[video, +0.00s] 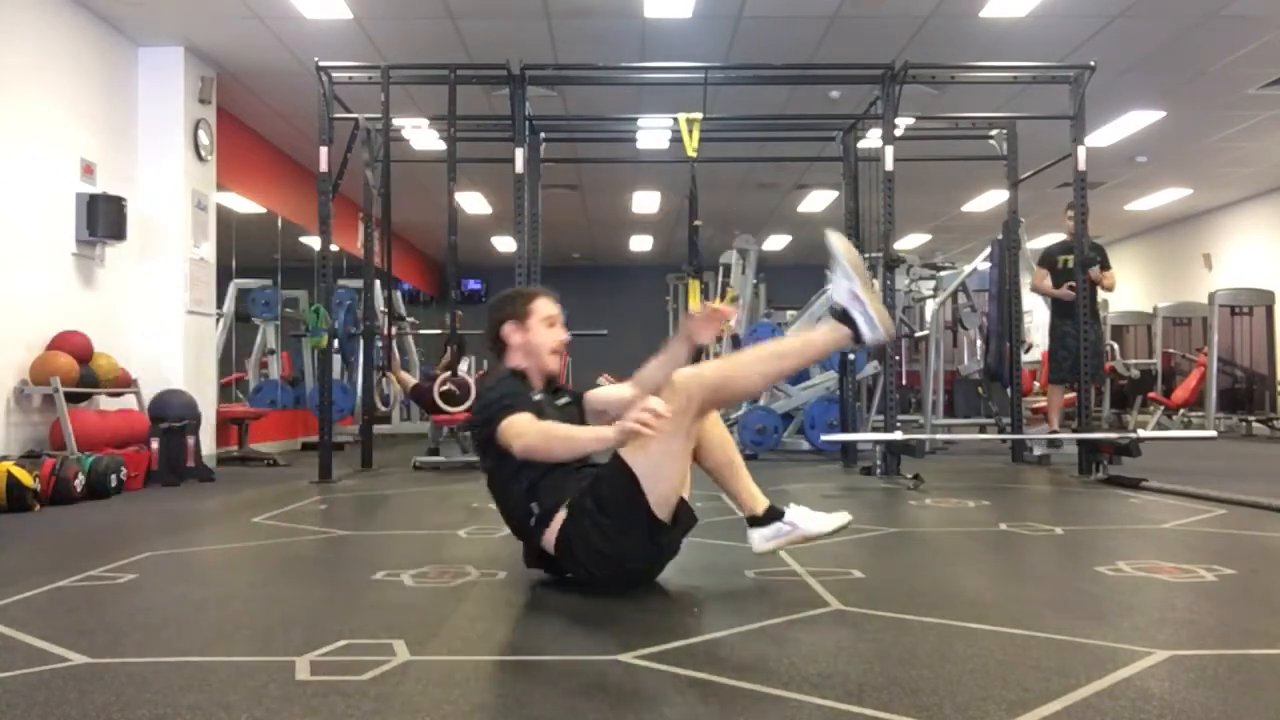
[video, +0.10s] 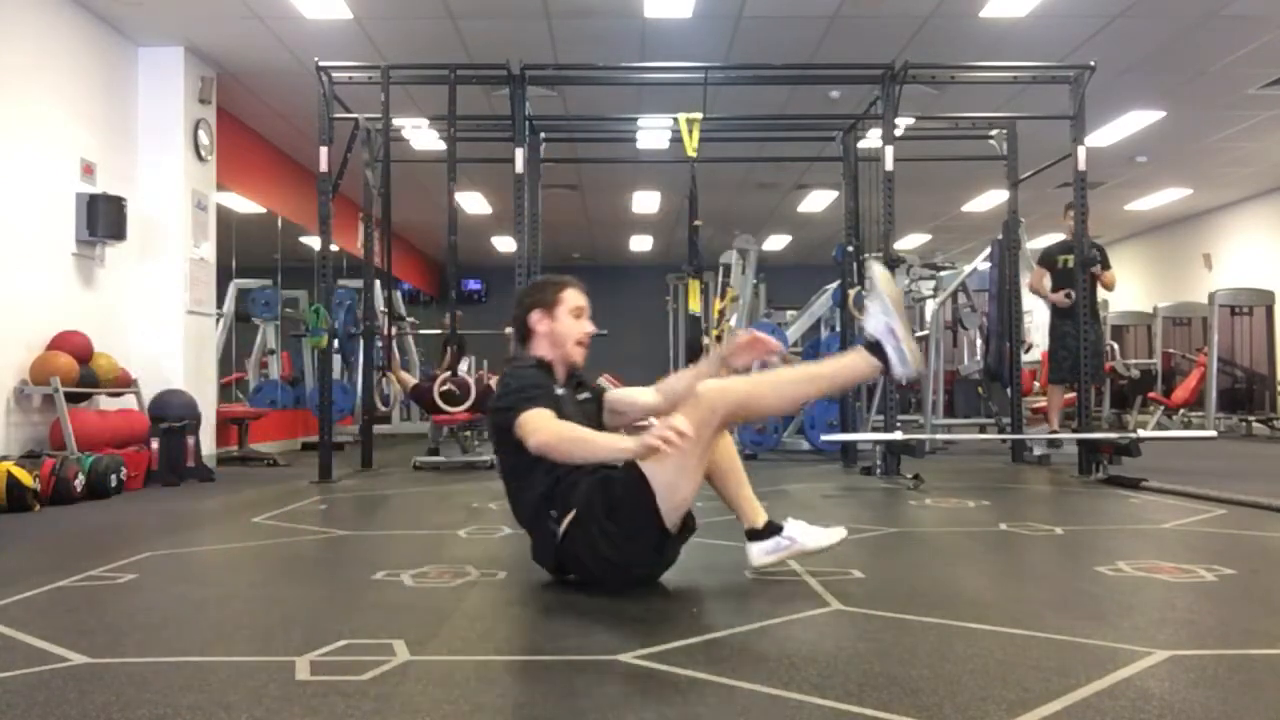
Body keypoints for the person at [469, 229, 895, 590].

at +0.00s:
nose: (565, 337)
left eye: (562, 326)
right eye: (552, 325)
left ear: (537, 337)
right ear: (512, 335)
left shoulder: (553, 399)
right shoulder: (498, 395)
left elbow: (632, 391)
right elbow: (526, 440)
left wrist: (686, 340)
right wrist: (612, 434)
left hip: (620, 538)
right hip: (591, 546)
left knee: (688, 401)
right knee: (685, 387)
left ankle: (764, 518)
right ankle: (846, 326)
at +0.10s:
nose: (590, 327)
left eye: (589, 318)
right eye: (577, 316)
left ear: (563, 328)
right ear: (538, 324)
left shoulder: (577, 387)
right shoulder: (521, 380)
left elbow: (655, 399)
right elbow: (543, 438)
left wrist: (721, 360)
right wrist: (633, 445)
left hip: (618, 538)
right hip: (590, 542)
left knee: (701, 408)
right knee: (711, 397)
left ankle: (764, 532)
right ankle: (877, 355)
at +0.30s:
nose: (627, 321)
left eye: (626, 310)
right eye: (615, 308)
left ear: (590, 314)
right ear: (575, 312)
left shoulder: (598, 382)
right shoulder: (555, 376)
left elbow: (681, 413)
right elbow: (571, 449)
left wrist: (765, 391)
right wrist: (667, 483)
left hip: (625, 538)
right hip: (604, 548)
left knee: (702, 429)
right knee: (747, 424)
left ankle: (769, 542)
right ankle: (923, 401)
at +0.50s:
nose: (661, 314)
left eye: (661, 302)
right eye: (649, 299)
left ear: (619, 306)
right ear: (608, 304)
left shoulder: (617, 374)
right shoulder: (593, 372)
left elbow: (700, 424)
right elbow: (611, 469)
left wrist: (801, 428)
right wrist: (697, 535)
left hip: (630, 538)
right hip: (625, 551)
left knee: (696, 432)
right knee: (785, 452)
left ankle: (762, 542)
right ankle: (958, 443)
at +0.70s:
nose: (671, 311)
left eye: (675, 299)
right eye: (657, 296)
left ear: (676, 307)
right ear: (618, 306)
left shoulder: (637, 369)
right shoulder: (616, 370)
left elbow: (721, 431)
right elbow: (630, 478)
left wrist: (818, 444)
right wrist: (687, 567)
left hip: (632, 538)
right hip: (633, 552)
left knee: (700, 432)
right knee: (801, 468)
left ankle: (766, 542)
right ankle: (963, 455)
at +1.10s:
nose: (723, 315)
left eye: (731, 304)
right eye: (711, 300)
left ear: (738, 308)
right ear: (675, 303)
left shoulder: (695, 373)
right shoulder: (666, 370)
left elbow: (782, 429)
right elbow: (647, 484)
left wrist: (884, 455)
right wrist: (655, 591)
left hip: (650, 531)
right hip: (647, 558)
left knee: (730, 425)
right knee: (810, 497)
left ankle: (769, 544)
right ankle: (975, 500)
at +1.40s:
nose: (779, 321)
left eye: (784, 308)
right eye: (769, 305)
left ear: (775, 309)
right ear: (723, 299)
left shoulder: (739, 368)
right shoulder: (679, 371)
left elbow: (822, 424)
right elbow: (648, 483)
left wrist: (921, 458)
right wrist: (657, 592)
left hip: (692, 517)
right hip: (674, 549)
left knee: (768, 418)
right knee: (836, 516)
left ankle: (773, 544)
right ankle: (1004, 534)